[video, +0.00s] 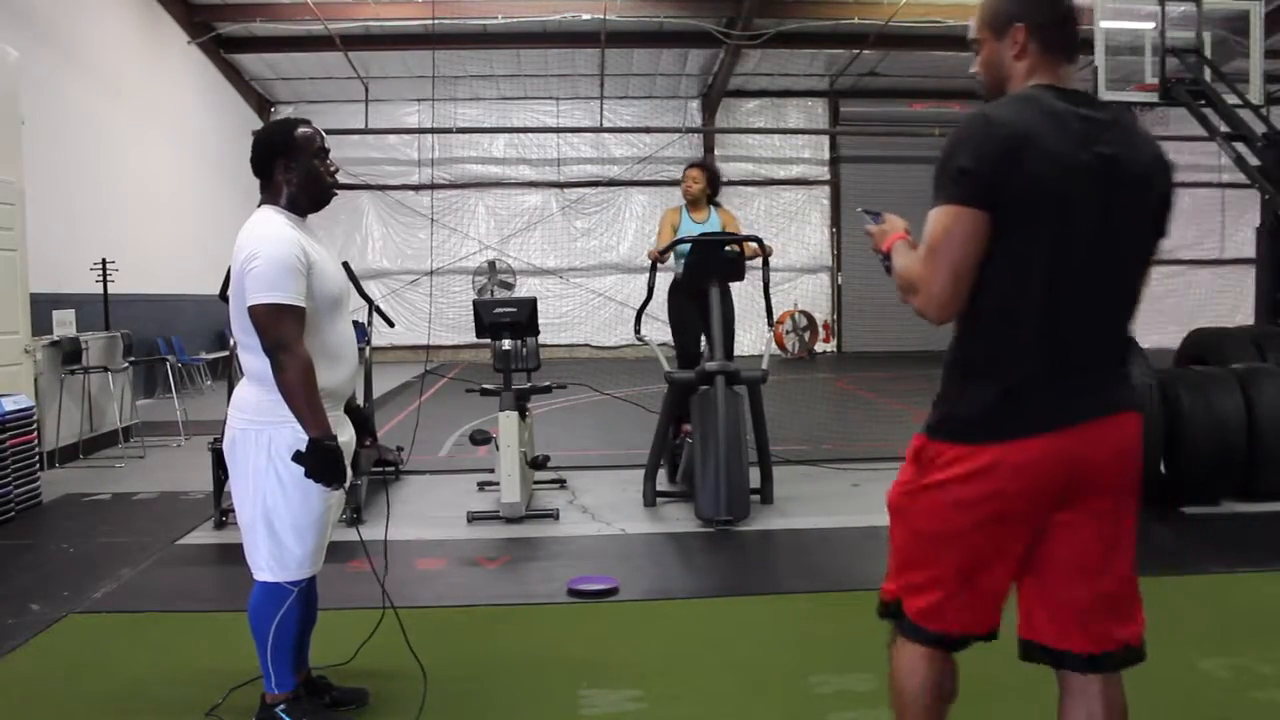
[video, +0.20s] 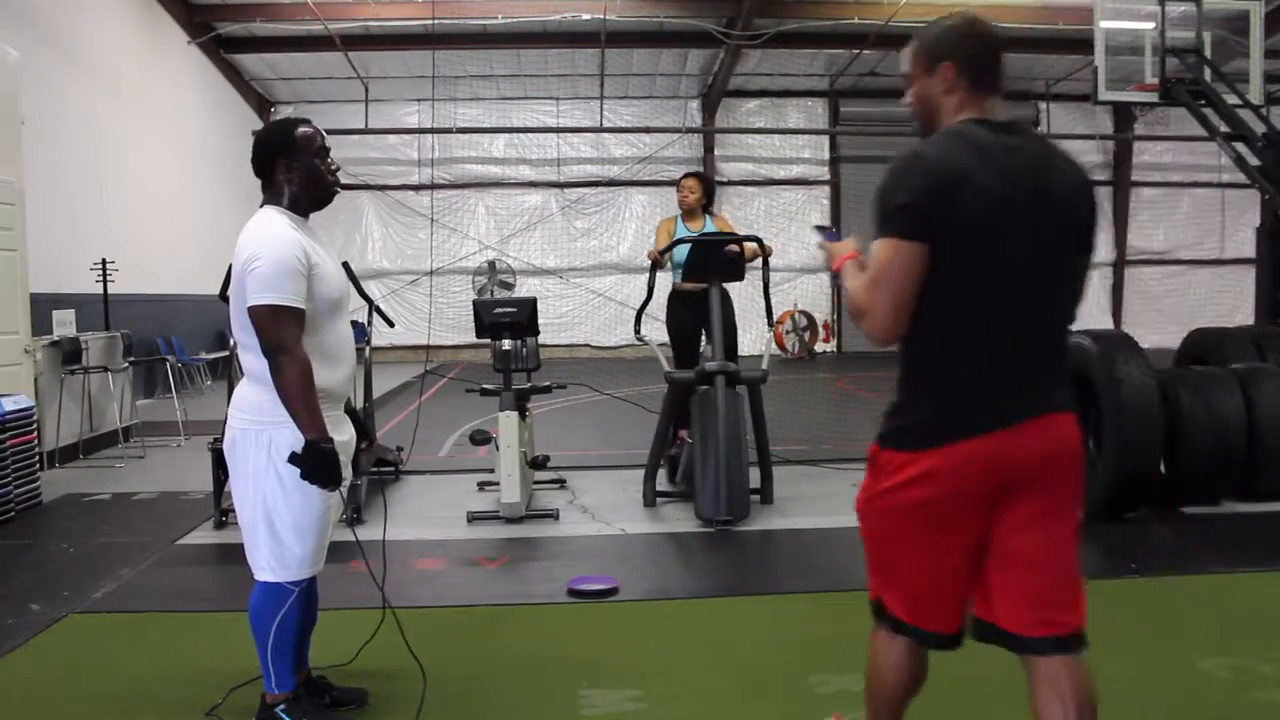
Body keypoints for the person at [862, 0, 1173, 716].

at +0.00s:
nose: (976, 62)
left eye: (980, 45)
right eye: (975, 46)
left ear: (1017, 43)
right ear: (1067, 42)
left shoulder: (990, 133)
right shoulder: (1144, 152)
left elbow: (938, 297)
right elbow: (1118, 294)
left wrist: (899, 251)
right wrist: (955, 251)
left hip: (989, 437)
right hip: (1107, 431)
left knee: (924, 627)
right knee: (1089, 657)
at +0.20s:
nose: (907, 100)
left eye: (911, 84)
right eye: (906, 86)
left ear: (947, 80)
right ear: (990, 80)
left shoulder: (927, 170)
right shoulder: (1067, 177)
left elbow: (883, 321)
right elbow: (1048, 306)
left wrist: (848, 271)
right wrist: (895, 270)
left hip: (938, 441)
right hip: (1047, 432)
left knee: (899, 620)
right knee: (1052, 644)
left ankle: (876, 717)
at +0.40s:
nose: (844, 111)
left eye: (845, 99)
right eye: (842, 100)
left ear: (871, 93)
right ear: (920, 93)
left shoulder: (852, 182)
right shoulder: (999, 175)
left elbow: (817, 324)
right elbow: (1017, 311)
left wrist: (799, 271)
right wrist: (1015, 406)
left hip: (875, 430)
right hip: (973, 423)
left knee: (860, 605)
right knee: (980, 592)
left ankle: (868, 715)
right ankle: (1022, 711)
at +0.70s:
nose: (801, 116)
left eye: (801, 105)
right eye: (802, 104)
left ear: (817, 103)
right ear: (870, 102)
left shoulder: (795, 184)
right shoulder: (936, 177)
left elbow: (762, 306)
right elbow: (978, 296)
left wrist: (751, 267)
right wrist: (1009, 392)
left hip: (829, 410)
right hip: (912, 403)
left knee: (848, 588)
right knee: (891, 560)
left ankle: (870, 712)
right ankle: (864, 683)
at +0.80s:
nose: (791, 126)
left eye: (791, 115)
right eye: (793, 115)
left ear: (807, 112)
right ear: (859, 113)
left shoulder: (785, 190)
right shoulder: (922, 186)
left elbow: (751, 309)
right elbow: (958, 305)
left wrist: (739, 269)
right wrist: (983, 398)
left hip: (818, 409)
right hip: (896, 405)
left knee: (846, 584)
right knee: (865, 553)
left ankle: (862, 712)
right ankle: (829, 653)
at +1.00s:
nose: (776, 135)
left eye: (778, 124)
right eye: (778, 124)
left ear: (795, 122)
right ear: (840, 124)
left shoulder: (770, 197)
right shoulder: (894, 202)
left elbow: (735, 309)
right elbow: (915, 317)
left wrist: (723, 267)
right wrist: (917, 399)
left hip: (793, 409)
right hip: (863, 401)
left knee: (805, 566)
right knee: (823, 552)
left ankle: (857, 707)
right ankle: (806, 674)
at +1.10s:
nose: (768, 140)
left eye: (770, 129)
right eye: (770, 129)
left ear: (789, 126)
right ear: (829, 129)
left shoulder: (767, 196)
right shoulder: (882, 206)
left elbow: (731, 304)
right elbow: (893, 319)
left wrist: (713, 271)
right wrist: (886, 396)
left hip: (780, 408)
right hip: (853, 400)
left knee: (764, 554)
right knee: (822, 550)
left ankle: (837, 675)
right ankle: (808, 672)